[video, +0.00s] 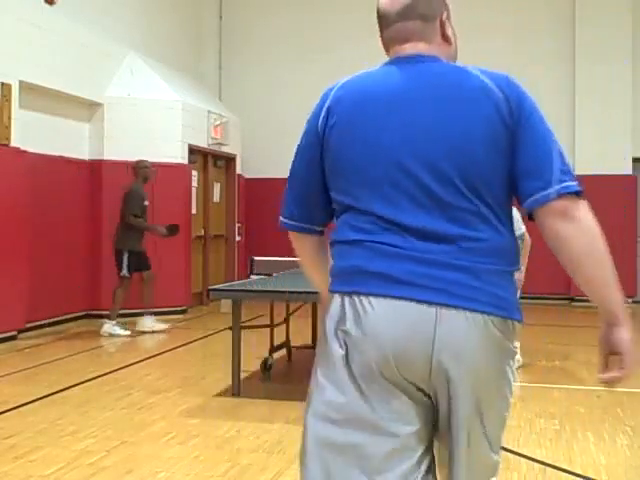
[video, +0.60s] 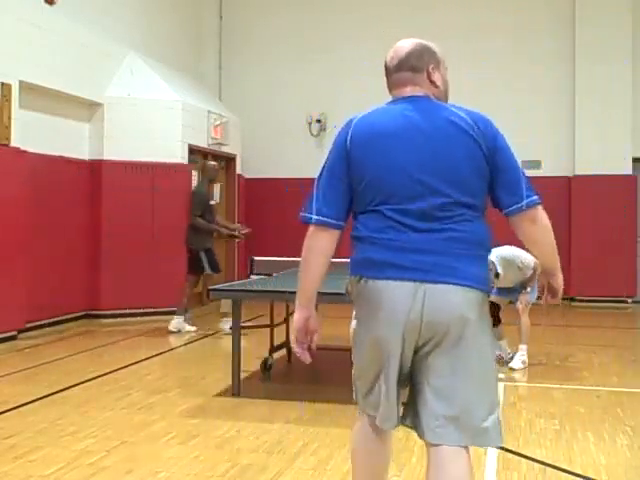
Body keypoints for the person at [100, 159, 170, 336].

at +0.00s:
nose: (150, 172)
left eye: (150, 168)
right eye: (147, 168)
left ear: (144, 172)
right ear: (138, 171)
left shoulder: (141, 193)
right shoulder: (133, 192)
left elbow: (138, 220)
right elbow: (129, 218)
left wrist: (158, 229)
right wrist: (154, 228)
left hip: (136, 244)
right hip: (125, 244)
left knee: (148, 276)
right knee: (124, 281)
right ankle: (111, 322)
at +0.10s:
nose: (162, 173)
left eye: (161, 170)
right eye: (158, 170)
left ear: (156, 173)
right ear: (150, 172)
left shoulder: (154, 195)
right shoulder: (146, 195)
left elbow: (151, 221)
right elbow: (143, 221)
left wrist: (169, 231)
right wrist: (167, 230)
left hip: (147, 247)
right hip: (135, 247)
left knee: (158, 281)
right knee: (131, 284)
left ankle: (171, 318)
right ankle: (111, 322)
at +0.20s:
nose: (174, 175)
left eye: (174, 171)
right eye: (171, 172)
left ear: (167, 175)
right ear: (163, 175)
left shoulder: (165, 196)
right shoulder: (158, 196)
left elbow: (163, 223)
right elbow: (156, 222)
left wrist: (179, 235)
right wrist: (178, 234)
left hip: (161, 249)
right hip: (149, 248)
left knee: (173, 280)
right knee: (143, 285)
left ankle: (175, 319)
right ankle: (117, 318)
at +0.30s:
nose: (189, 175)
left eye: (188, 172)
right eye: (186, 172)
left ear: (178, 176)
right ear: (178, 175)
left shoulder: (177, 196)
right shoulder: (169, 196)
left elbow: (175, 223)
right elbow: (166, 220)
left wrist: (192, 237)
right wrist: (188, 234)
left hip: (174, 247)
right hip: (164, 247)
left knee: (183, 280)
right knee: (167, 284)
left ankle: (178, 319)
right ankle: (134, 309)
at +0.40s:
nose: (197, 173)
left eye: (198, 169)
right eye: (195, 169)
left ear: (191, 172)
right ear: (186, 171)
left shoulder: (186, 192)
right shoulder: (180, 192)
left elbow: (184, 219)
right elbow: (175, 217)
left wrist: (199, 233)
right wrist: (197, 230)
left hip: (183, 243)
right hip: (177, 243)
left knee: (187, 280)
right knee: (187, 279)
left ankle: (177, 317)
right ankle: (160, 308)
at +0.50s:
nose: (206, 174)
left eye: (206, 170)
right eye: (204, 170)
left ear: (199, 172)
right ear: (197, 172)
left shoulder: (195, 191)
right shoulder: (189, 191)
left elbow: (194, 219)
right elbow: (183, 216)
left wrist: (212, 234)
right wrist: (205, 229)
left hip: (190, 240)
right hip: (189, 241)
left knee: (189, 278)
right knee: (201, 275)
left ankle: (179, 316)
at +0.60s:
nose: (218, 174)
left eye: (217, 170)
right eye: (215, 170)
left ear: (209, 174)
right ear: (207, 173)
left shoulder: (206, 191)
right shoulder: (200, 192)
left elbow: (212, 218)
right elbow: (194, 219)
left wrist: (232, 227)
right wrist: (218, 230)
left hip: (199, 242)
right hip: (199, 243)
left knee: (191, 279)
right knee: (214, 278)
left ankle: (179, 318)